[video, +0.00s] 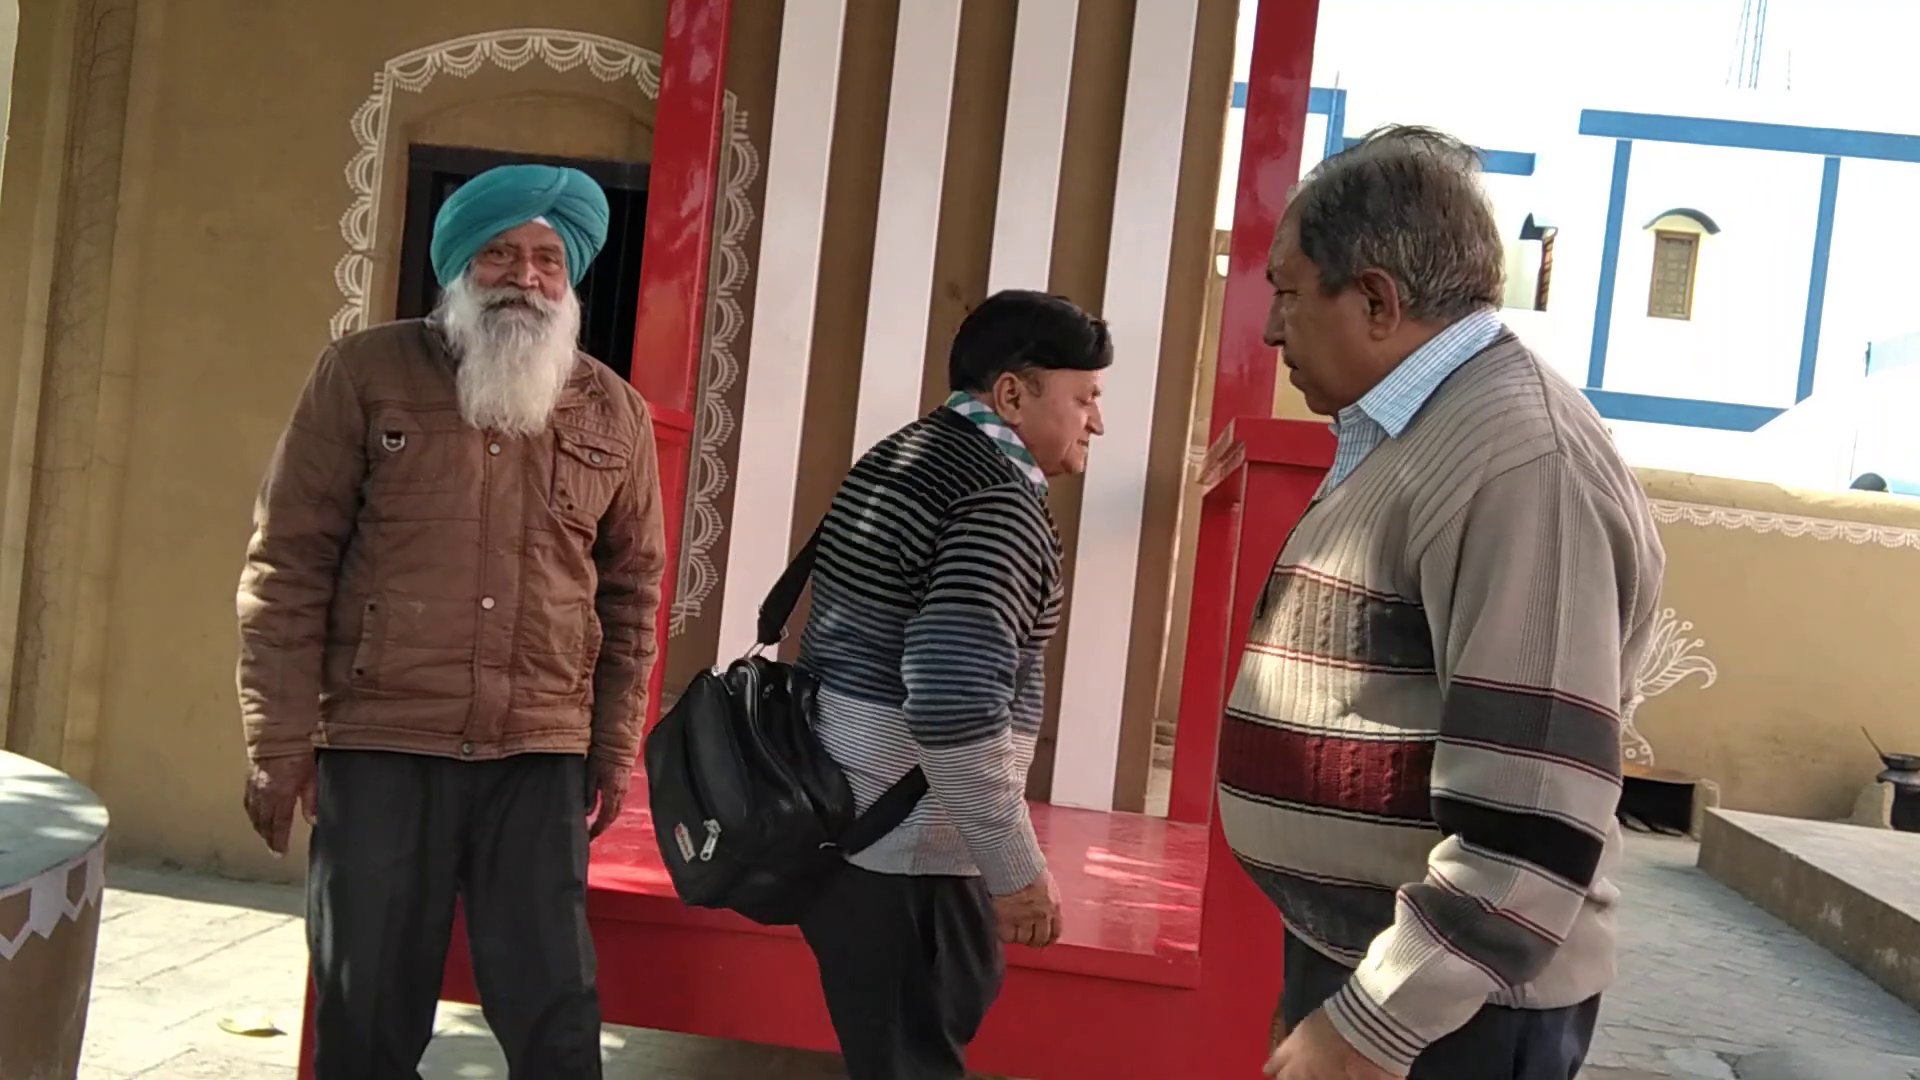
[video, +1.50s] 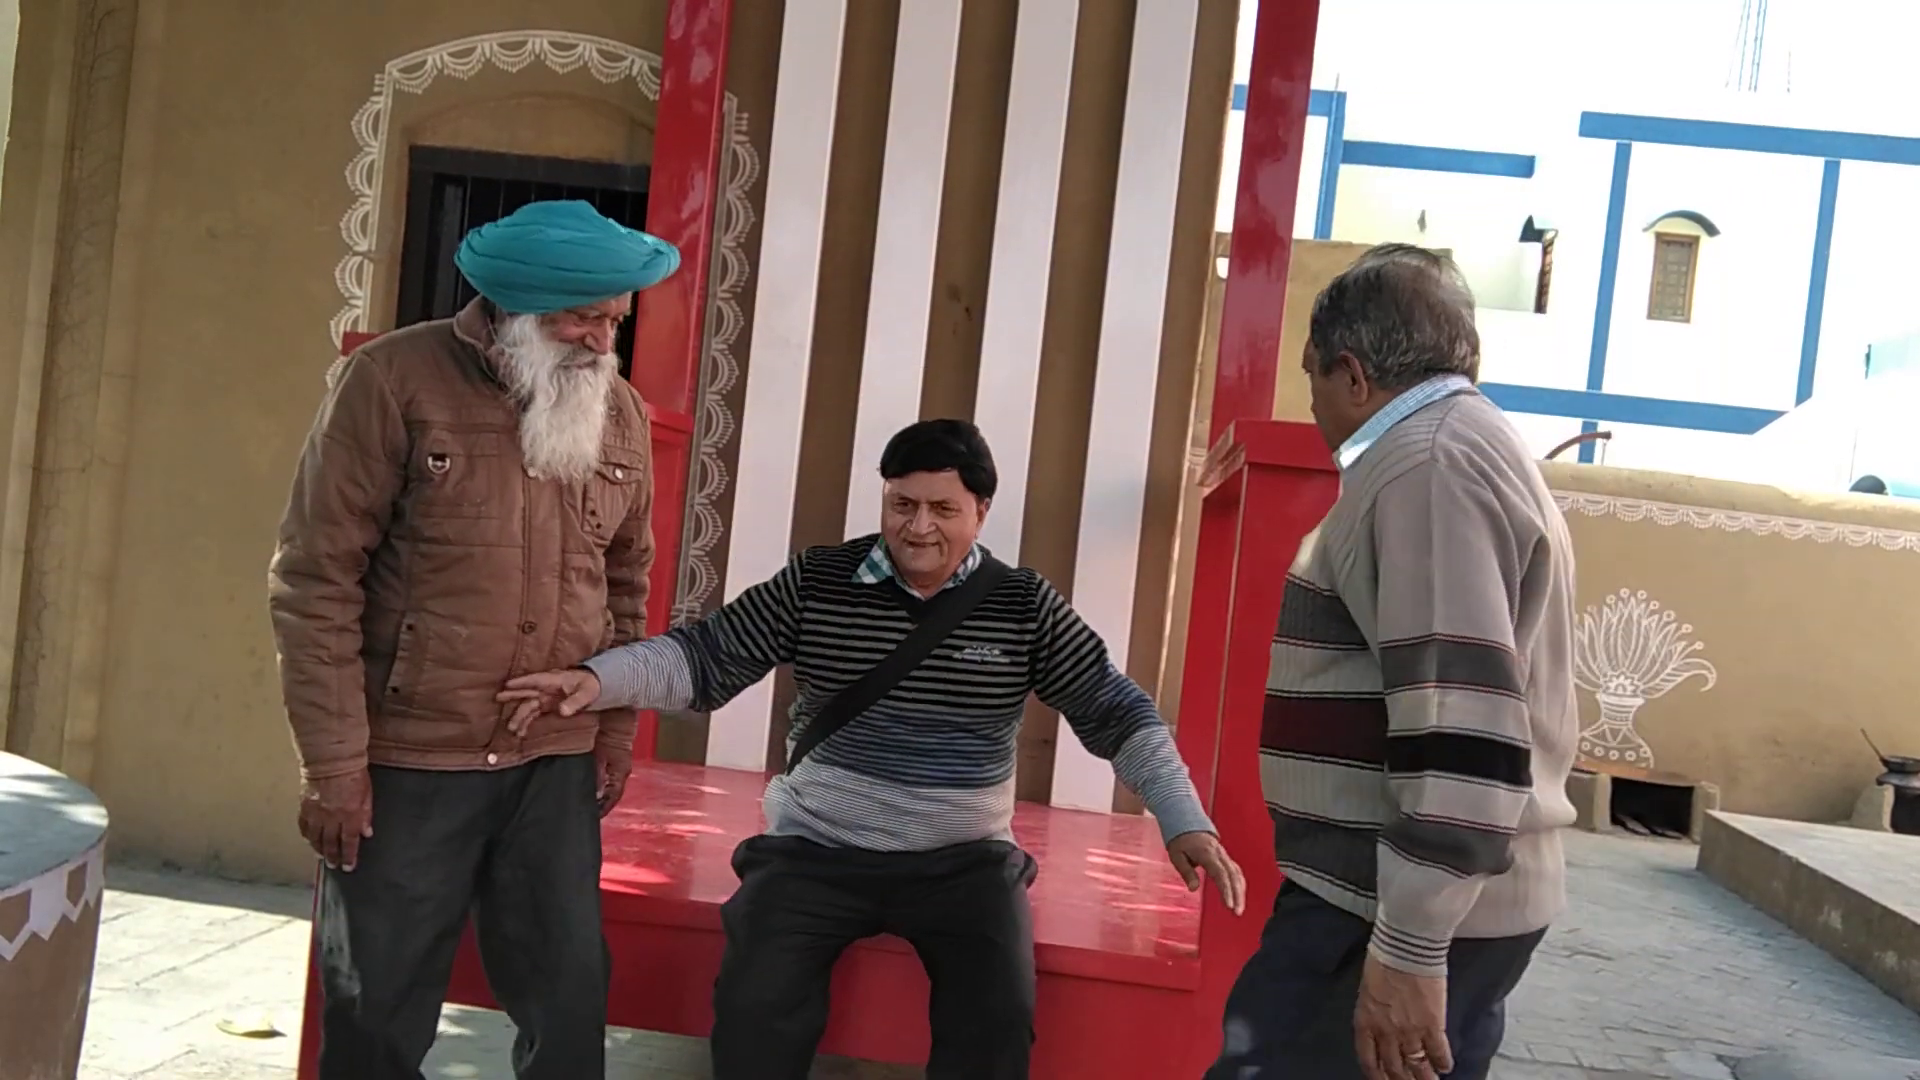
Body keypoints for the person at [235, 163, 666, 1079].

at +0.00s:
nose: (528, 273)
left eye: (550, 257)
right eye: (503, 252)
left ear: (573, 279)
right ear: (458, 266)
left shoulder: (615, 411)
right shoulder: (364, 373)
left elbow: (633, 595)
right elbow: (291, 561)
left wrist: (615, 741)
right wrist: (282, 736)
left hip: (539, 775)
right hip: (381, 766)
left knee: (557, 1034)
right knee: (367, 1037)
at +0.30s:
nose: (585, 324)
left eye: (598, 305)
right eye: (567, 301)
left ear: (605, 302)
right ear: (503, 293)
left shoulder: (618, 420)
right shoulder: (381, 376)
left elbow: (629, 599)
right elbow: (298, 567)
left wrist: (610, 746)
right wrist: (303, 749)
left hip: (543, 779)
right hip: (392, 771)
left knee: (562, 1035)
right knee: (373, 1041)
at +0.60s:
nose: (603, 346)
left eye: (617, 327)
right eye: (584, 325)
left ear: (627, 324)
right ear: (519, 314)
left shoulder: (625, 419)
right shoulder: (396, 381)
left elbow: (628, 590)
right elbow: (316, 577)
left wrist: (615, 733)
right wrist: (334, 764)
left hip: (551, 785)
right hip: (411, 780)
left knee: (566, 1031)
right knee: (382, 1039)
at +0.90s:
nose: (615, 349)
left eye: (627, 330)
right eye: (596, 329)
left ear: (636, 326)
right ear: (531, 316)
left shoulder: (631, 420)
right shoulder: (409, 381)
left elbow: (633, 589)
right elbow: (325, 576)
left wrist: (617, 730)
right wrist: (350, 765)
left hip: (554, 785)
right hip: (415, 782)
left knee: (567, 1029)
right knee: (383, 1037)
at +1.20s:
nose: (605, 349)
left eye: (619, 330)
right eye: (587, 328)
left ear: (628, 325)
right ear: (521, 316)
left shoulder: (622, 417)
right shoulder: (397, 384)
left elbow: (626, 588)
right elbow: (318, 582)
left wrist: (613, 732)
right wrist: (339, 769)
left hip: (551, 786)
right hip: (409, 784)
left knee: (565, 1037)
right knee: (376, 1041)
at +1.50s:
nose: (602, 337)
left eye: (614, 318)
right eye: (584, 316)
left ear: (621, 313)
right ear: (517, 306)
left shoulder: (619, 412)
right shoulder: (393, 379)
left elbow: (626, 585)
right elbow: (315, 575)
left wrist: (616, 728)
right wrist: (335, 763)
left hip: (553, 776)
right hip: (410, 776)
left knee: (569, 1013)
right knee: (378, 1032)